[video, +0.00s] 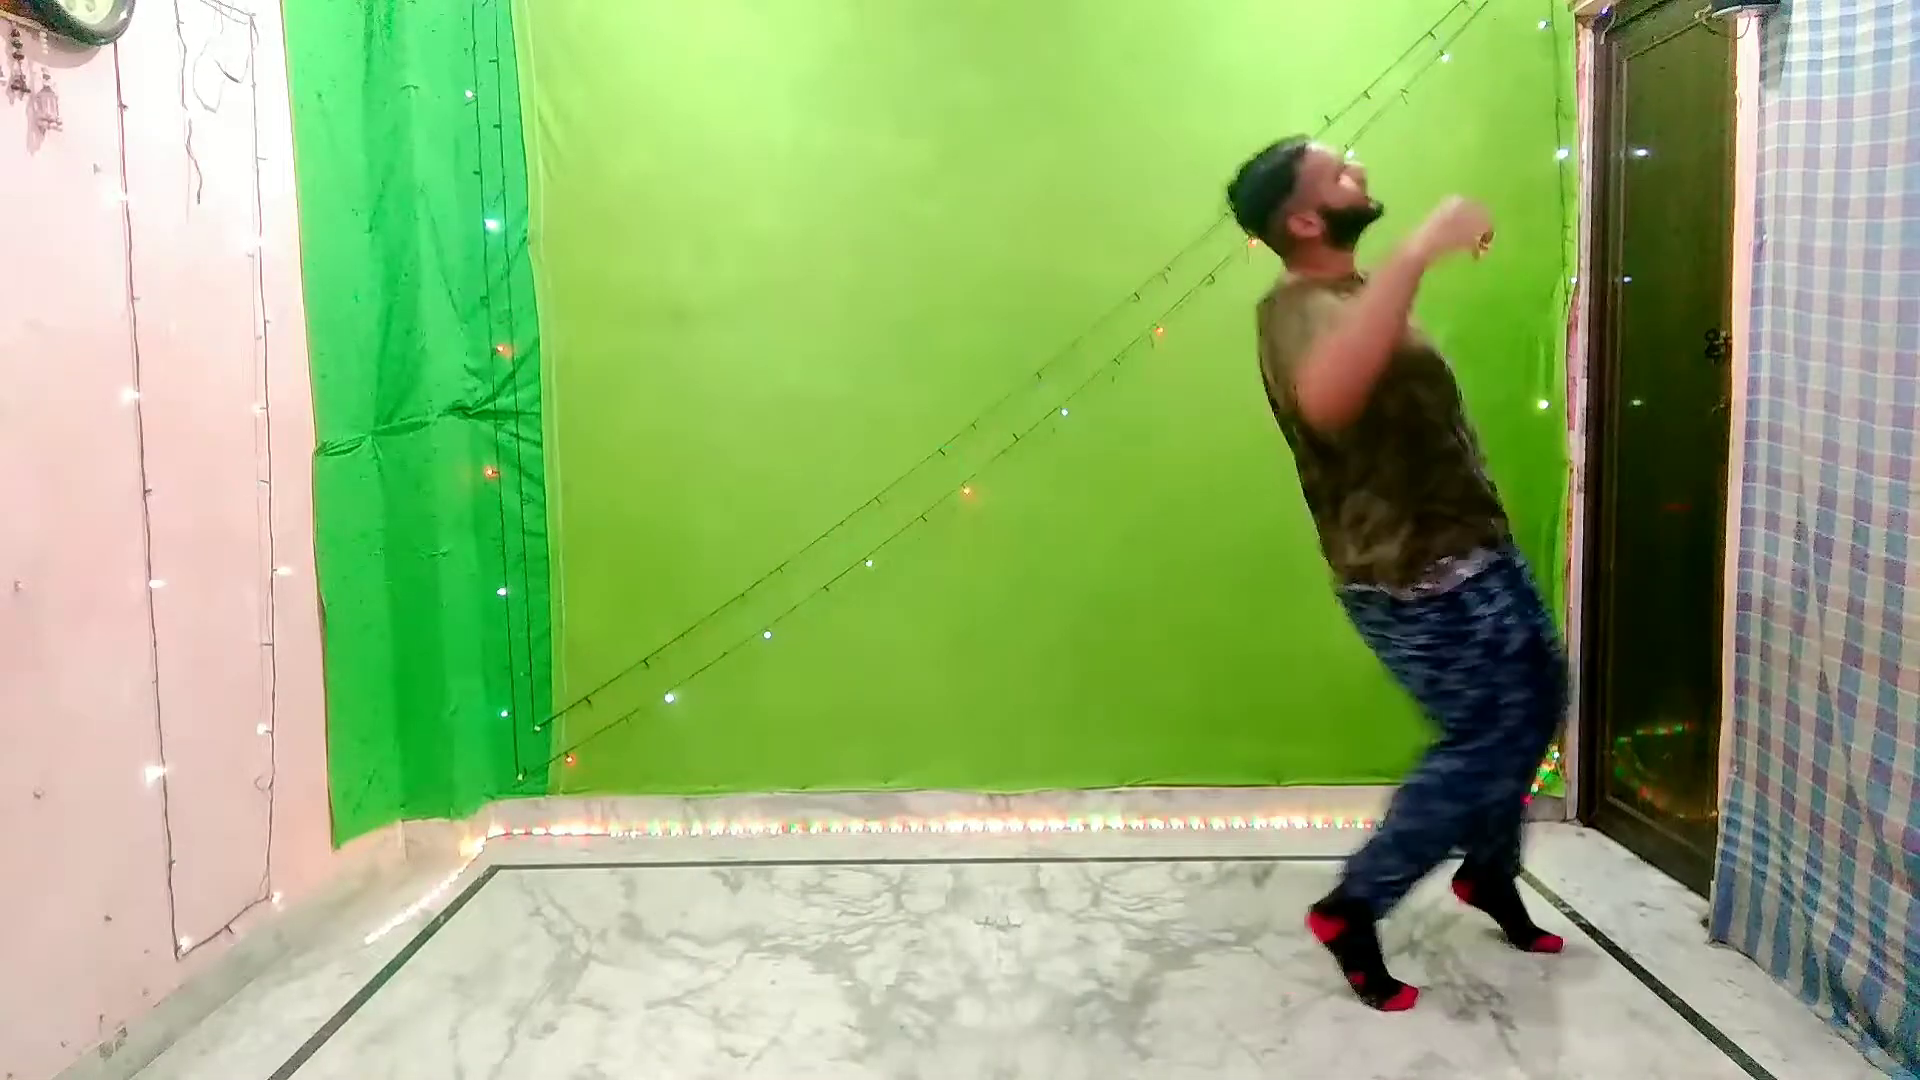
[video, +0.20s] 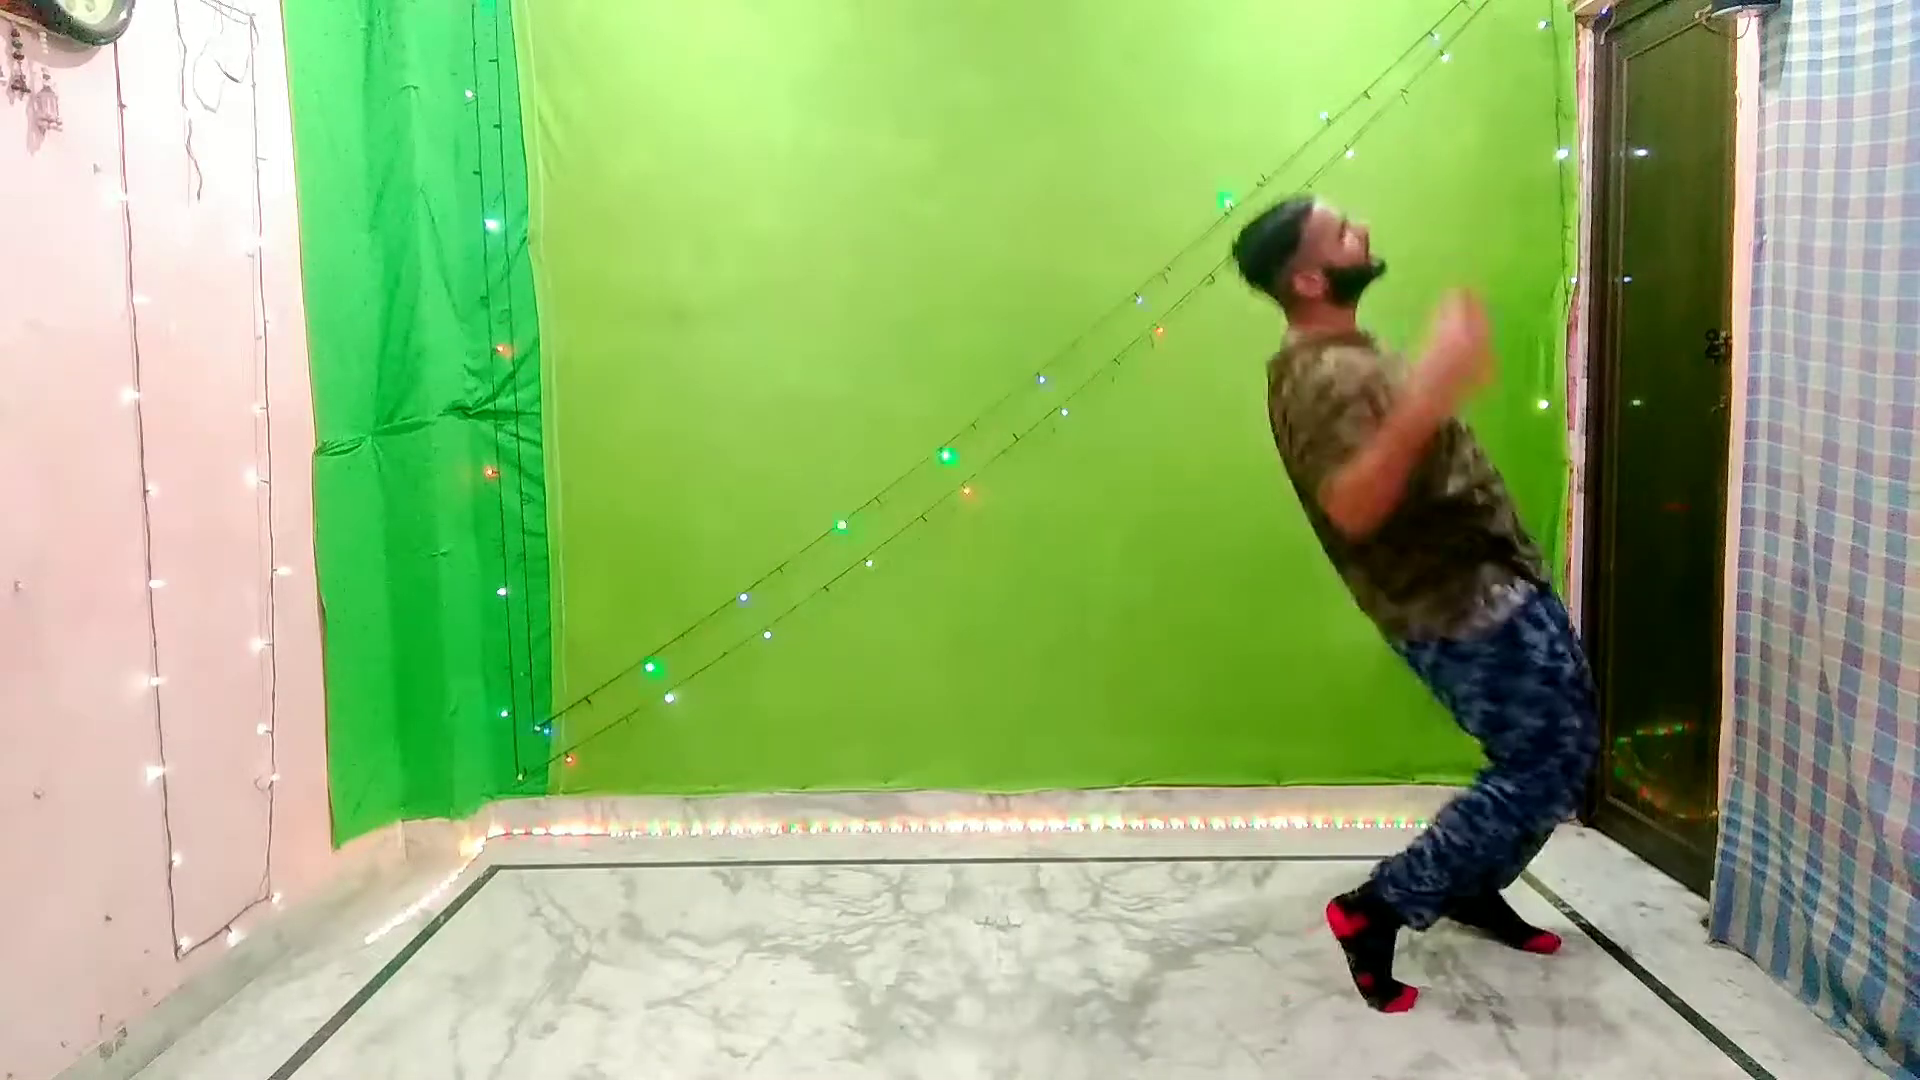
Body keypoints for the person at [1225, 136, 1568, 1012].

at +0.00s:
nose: (1349, 160)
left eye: (1334, 152)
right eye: (1327, 161)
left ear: (1309, 223)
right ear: (1300, 219)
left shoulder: (1351, 296)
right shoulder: (1298, 306)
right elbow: (1327, 397)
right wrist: (1414, 254)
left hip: (1471, 553)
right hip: (1411, 574)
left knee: (1538, 698)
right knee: (1492, 727)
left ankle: (1489, 869)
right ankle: (1353, 907)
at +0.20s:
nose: (1356, 226)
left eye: (1340, 218)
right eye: (1337, 227)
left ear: (1308, 282)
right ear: (1309, 279)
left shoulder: (1346, 355)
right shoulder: (1320, 373)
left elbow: (1376, 484)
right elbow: (1353, 504)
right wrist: (1434, 381)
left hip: (1492, 585)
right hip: (1457, 606)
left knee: (1563, 741)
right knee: (1547, 759)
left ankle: (1472, 881)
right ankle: (1380, 906)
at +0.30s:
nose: (1342, 275)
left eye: (1330, 266)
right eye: (1324, 274)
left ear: (1293, 319)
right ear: (1288, 318)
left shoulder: (1340, 392)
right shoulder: (1307, 412)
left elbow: (1413, 489)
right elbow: (1353, 540)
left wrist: (1481, 470)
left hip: (1505, 615)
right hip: (1470, 635)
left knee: (1561, 770)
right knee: (1555, 793)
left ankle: (1466, 890)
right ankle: (1378, 909)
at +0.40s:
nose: (1327, 294)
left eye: (1315, 285)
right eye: (1306, 294)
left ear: (1276, 343)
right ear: (1271, 341)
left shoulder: (1324, 413)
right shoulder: (1298, 433)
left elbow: (1393, 516)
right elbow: (1353, 563)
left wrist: (1479, 513)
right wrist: (1482, 602)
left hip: (1489, 634)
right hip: (1459, 651)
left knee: (1563, 770)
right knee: (1555, 795)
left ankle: (1467, 891)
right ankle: (1365, 913)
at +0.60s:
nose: (1300, 271)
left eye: (1288, 262)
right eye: (1282, 268)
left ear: (1250, 313)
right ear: (1247, 310)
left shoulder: (1288, 399)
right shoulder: (1260, 417)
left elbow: (1347, 538)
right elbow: (1314, 564)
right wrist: (1389, 696)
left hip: (1429, 605)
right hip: (1394, 628)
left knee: (1523, 711)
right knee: (1487, 780)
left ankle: (1470, 894)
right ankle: (1328, 932)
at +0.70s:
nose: (1285, 230)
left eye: (1274, 220)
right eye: (1265, 225)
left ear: (1231, 272)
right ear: (1227, 267)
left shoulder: (1260, 359)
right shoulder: (1229, 373)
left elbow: (1282, 514)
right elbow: (1231, 527)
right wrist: (1283, 668)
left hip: (1357, 599)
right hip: (1321, 623)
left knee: (1442, 697)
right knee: (1413, 761)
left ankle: (1391, 882)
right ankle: (1320, 945)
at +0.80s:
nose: (1262, 219)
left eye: (1251, 208)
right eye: (1242, 213)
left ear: (1210, 254)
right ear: (1200, 252)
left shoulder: (1230, 347)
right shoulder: (1192, 360)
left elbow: (1235, 498)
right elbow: (1181, 515)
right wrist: (1219, 651)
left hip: (1298, 593)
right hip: (1268, 608)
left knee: (1348, 738)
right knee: (1363, 760)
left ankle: (1267, 852)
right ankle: (1315, 948)